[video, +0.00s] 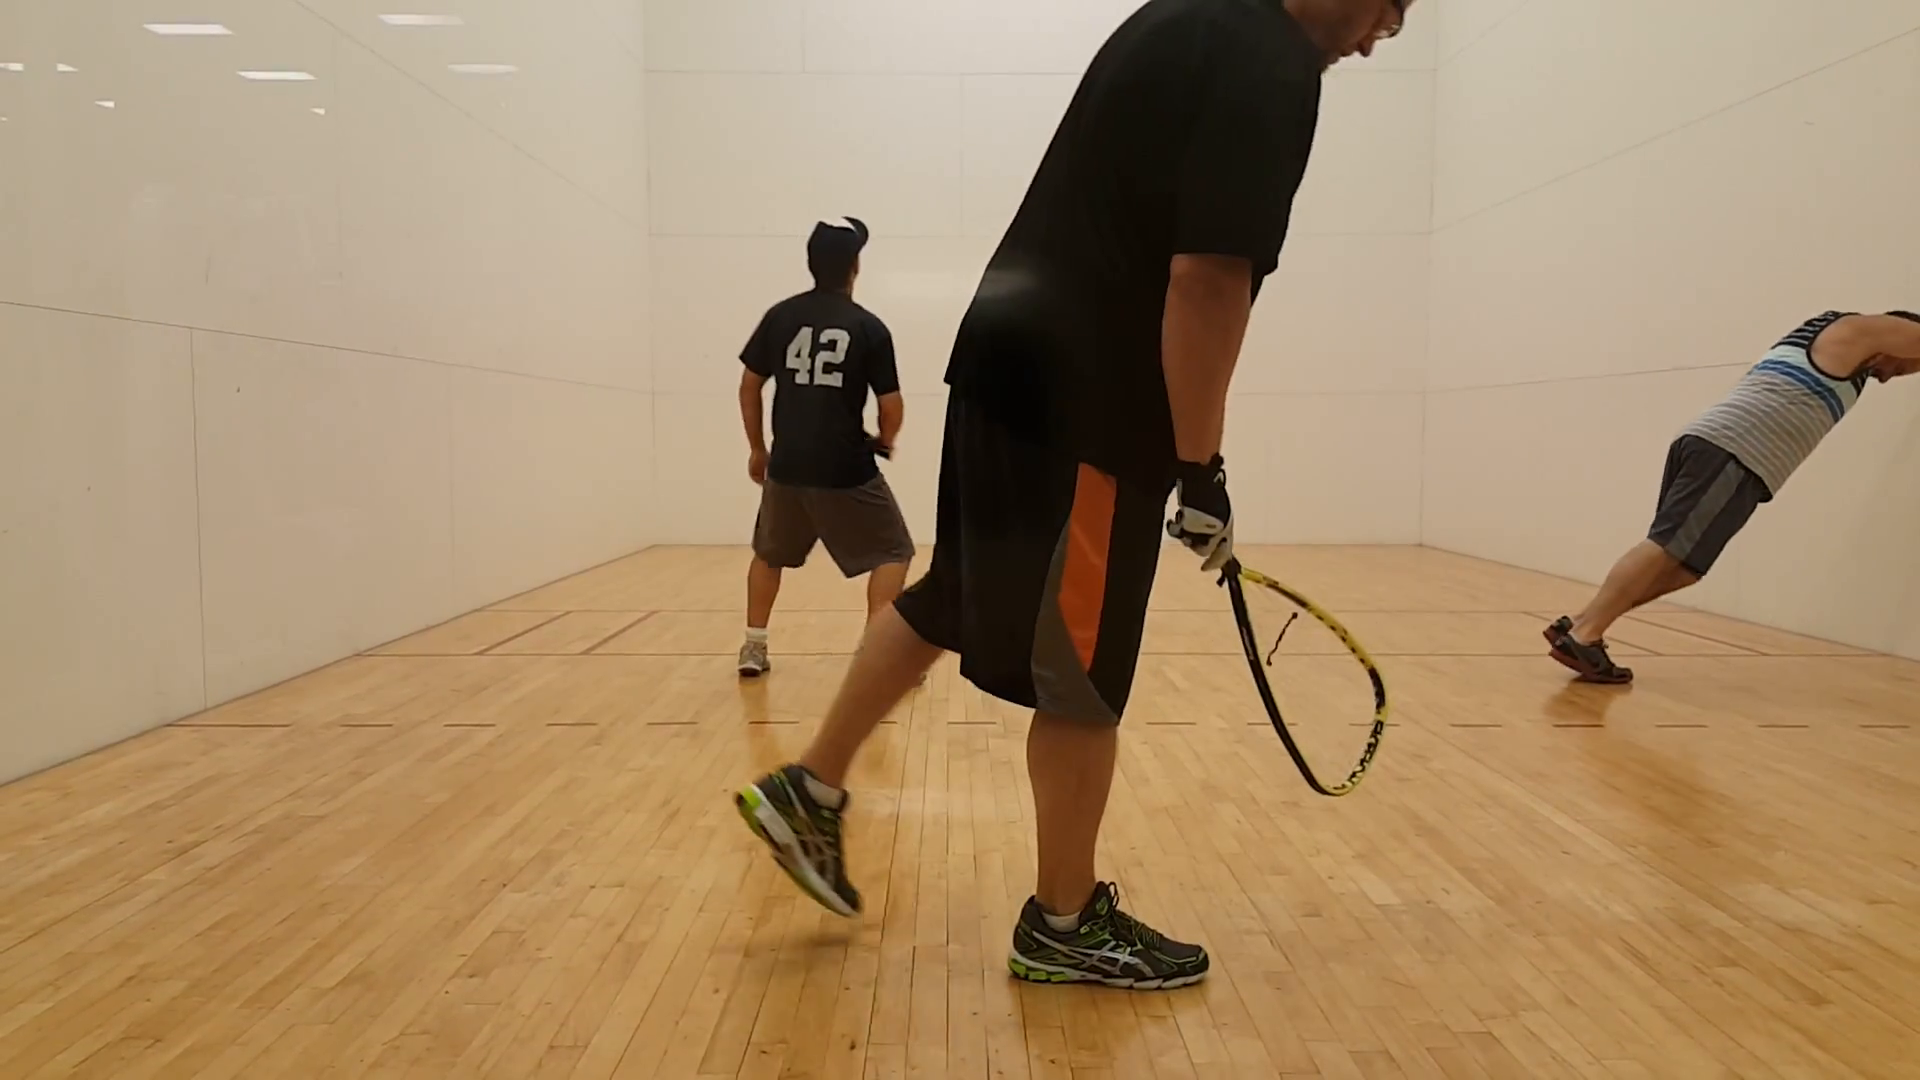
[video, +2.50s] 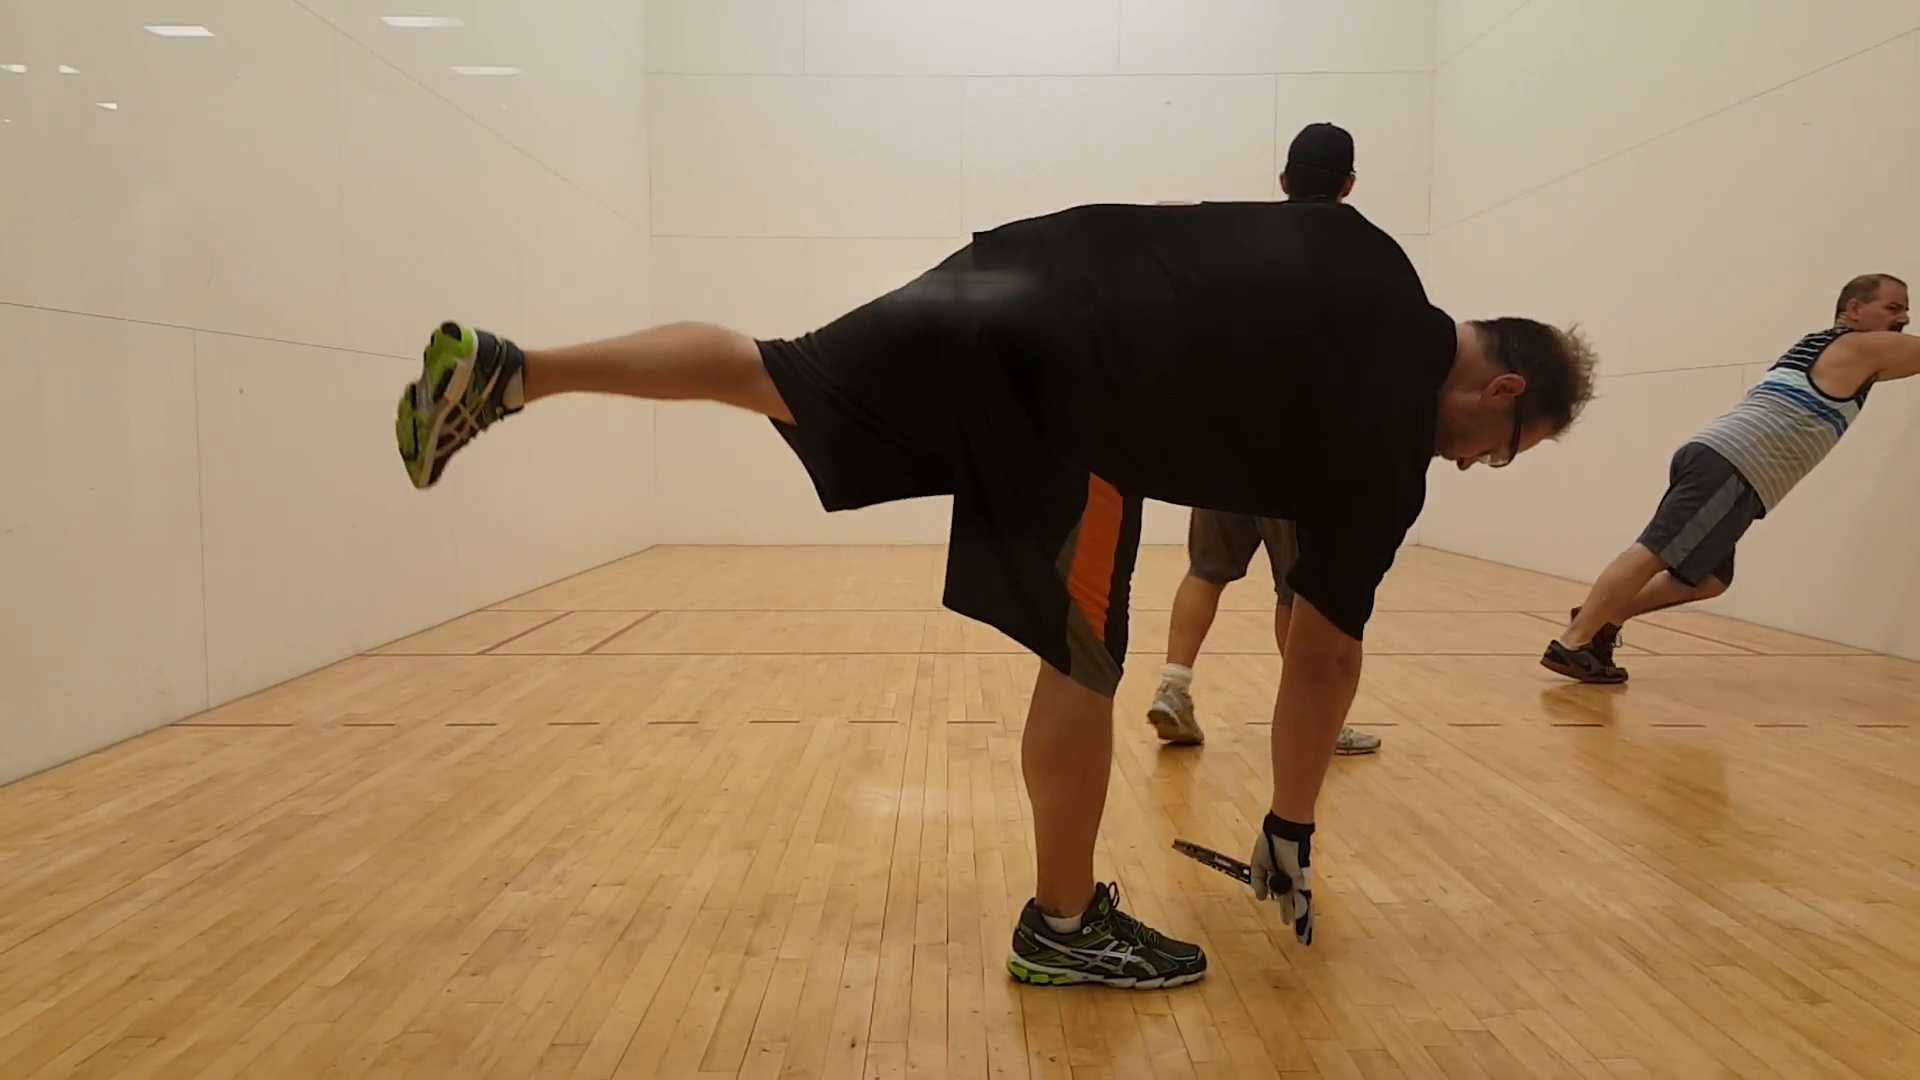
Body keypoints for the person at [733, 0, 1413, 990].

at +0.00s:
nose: (1385, 34)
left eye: (1394, 21)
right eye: (1390, 11)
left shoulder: (1181, 22)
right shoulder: (1266, 60)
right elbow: (1206, 280)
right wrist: (1201, 472)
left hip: (1007, 371)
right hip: (1098, 403)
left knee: (951, 593)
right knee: (1082, 665)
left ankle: (811, 786)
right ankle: (1065, 916)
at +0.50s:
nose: (1505, 192)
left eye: (1524, 176)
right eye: (1523, 165)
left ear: (1459, 78)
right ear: (1493, 110)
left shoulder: (1281, 56)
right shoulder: (1378, 242)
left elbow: (1111, 145)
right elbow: (1326, 462)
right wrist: (1296, 652)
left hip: (978, 310)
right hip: (1086, 390)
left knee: (855, 463)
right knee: (1115, 655)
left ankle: (624, 536)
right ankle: (1068, 926)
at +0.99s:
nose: (1514, 308)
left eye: (1534, 295)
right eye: (1533, 284)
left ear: (1481, 186)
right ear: (1505, 224)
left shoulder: (1319, 122)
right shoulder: (1360, 338)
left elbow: (1145, 164)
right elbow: (1304, 545)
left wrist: (1083, 246)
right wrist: (1272, 724)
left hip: (986, 296)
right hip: (1063, 398)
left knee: (827, 408)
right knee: (1079, 663)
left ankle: (591, 385)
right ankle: (1064, 920)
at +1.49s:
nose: (1499, 337)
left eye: (1521, 326)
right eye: (1523, 314)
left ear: (1478, 213)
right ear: (1506, 249)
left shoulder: (1325, 140)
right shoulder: (1375, 342)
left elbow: (1151, 171)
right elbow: (1319, 563)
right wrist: (1283, 733)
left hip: (978, 301)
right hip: (1058, 396)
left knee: (832, 446)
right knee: (1077, 657)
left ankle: (588, 444)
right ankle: (1064, 920)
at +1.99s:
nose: (1480, 398)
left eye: (1501, 387)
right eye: (1503, 379)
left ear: (1481, 276)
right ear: (1499, 315)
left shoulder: (1342, 197)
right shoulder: (1377, 383)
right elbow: (1318, 604)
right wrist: (1283, 778)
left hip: (977, 298)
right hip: (1064, 399)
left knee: (835, 474)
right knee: (1081, 662)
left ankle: (574, 527)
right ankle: (1062, 922)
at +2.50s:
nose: (1484, 464)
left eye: (1508, 451)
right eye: (1505, 445)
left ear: (1483, 336)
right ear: (1493, 388)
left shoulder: (1353, 246)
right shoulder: (1386, 446)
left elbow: (1175, 239)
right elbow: (1318, 662)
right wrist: (1291, 837)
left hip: (1013, 280)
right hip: (1079, 394)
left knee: (783, 378)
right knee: (1078, 661)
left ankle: (514, 371)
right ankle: (1064, 921)